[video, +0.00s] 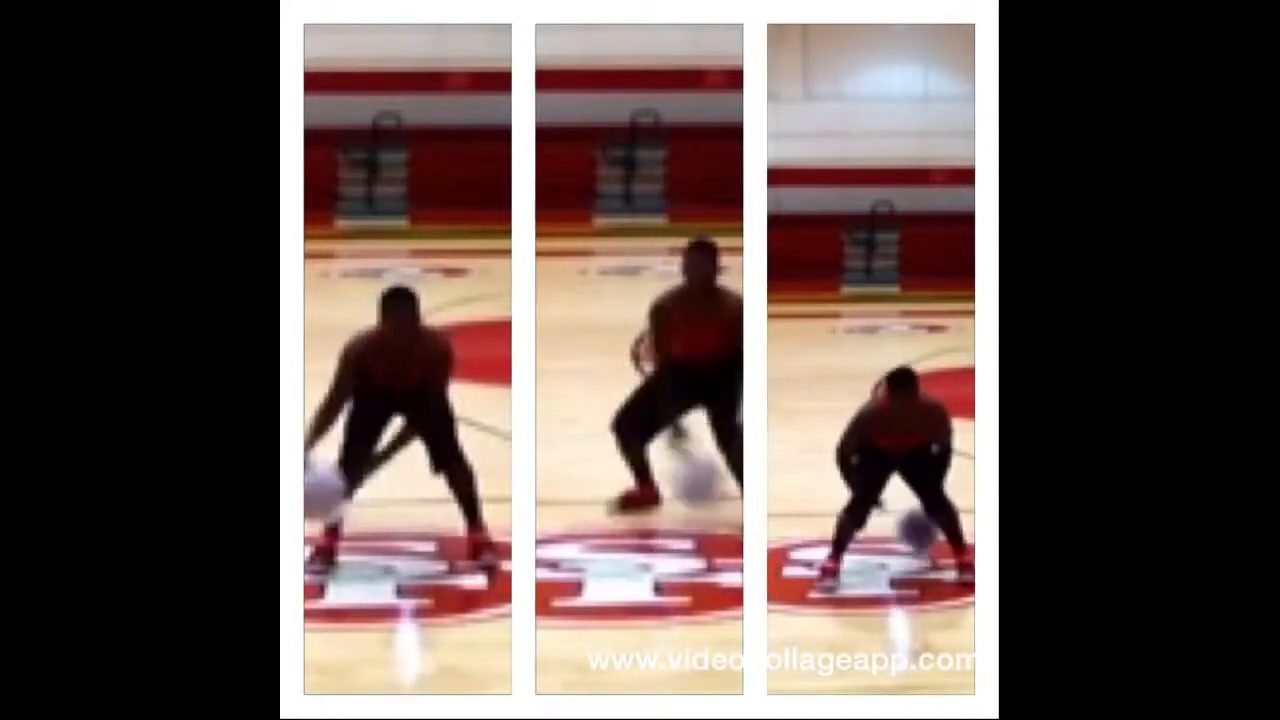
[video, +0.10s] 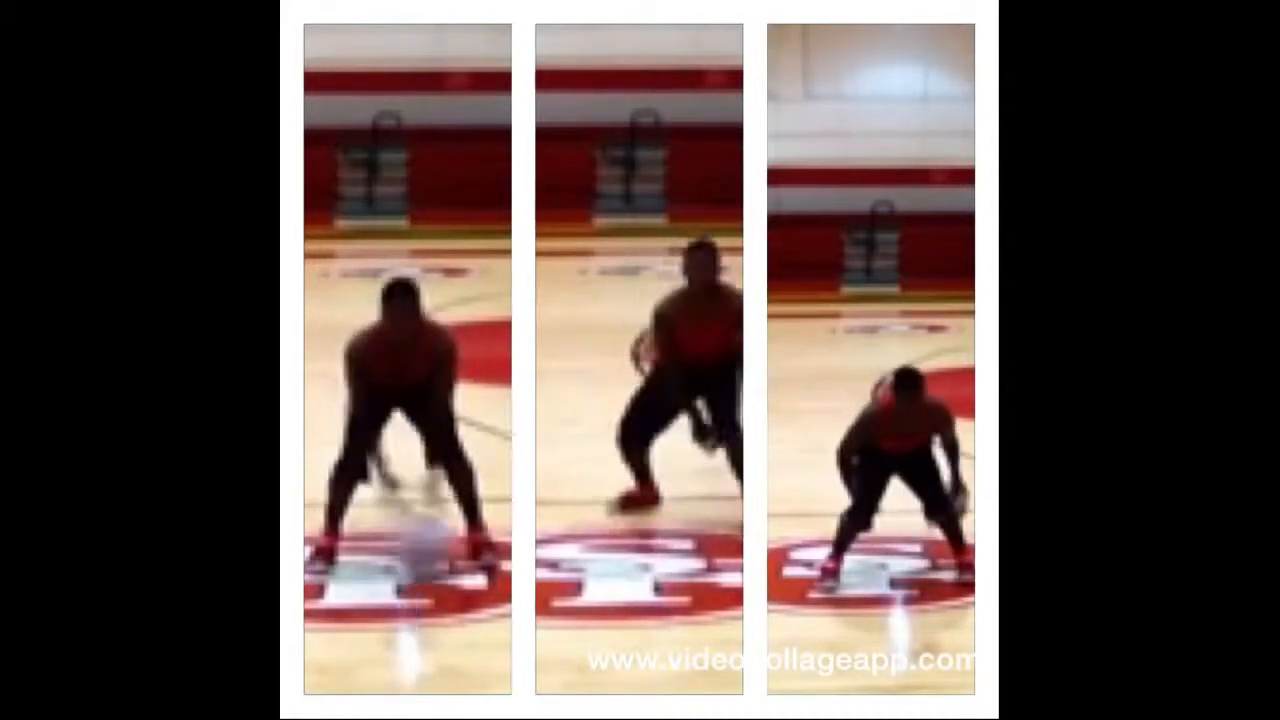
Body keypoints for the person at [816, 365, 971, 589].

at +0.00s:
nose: (900, 407)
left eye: (906, 400)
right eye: (896, 400)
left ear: (915, 395)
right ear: (887, 394)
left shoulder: (933, 413)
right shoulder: (871, 414)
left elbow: (945, 448)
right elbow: (843, 453)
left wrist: (934, 482)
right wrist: (861, 490)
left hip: (916, 455)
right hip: (876, 456)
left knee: (937, 503)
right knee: (860, 505)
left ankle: (962, 556)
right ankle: (833, 559)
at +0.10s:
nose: (909, 407)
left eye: (914, 400)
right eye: (903, 400)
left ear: (922, 394)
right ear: (894, 395)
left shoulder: (936, 413)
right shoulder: (876, 414)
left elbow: (950, 445)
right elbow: (844, 452)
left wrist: (955, 479)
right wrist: (856, 492)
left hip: (916, 455)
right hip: (876, 456)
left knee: (941, 507)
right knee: (861, 511)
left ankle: (962, 559)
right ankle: (834, 559)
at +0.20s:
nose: (907, 406)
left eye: (912, 400)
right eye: (902, 400)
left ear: (920, 394)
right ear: (893, 395)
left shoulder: (935, 413)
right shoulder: (875, 414)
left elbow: (944, 442)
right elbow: (844, 449)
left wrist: (939, 472)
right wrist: (853, 489)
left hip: (915, 455)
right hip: (875, 456)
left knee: (941, 504)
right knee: (860, 509)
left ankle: (962, 557)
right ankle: (834, 559)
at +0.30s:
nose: (897, 408)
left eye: (903, 401)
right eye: (892, 401)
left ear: (912, 395)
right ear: (883, 394)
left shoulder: (932, 413)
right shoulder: (868, 414)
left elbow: (945, 446)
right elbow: (844, 443)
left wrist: (929, 486)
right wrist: (853, 481)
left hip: (916, 456)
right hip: (875, 457)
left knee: (940, 506)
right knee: (858, 509)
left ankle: (962, 557)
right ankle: (834, 559)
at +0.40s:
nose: (893, 408)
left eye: (899, 402)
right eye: (888, 401)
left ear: (910, 395)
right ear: (879, 394)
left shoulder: (929, 412)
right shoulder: (867, 411)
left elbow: (950, 441)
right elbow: (842, 437)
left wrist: (939, 479)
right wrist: (847, 480)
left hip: (918, 456)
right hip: (876, 456)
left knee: (941, 507)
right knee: (856, 508)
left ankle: (963, 559)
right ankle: (833, 560)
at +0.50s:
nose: (897, 408)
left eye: (903, 402)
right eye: (892, 401)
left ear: (914, 395)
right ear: (883, 394)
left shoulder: (932, 412)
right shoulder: (869, 411)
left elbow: (949, 446)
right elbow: (845, 445)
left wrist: (936, 480)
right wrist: (857, 477)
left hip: (920, 456)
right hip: (880, 456)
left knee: (943, 507)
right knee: (859, 508)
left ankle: (963, 558)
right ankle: (834, 559)